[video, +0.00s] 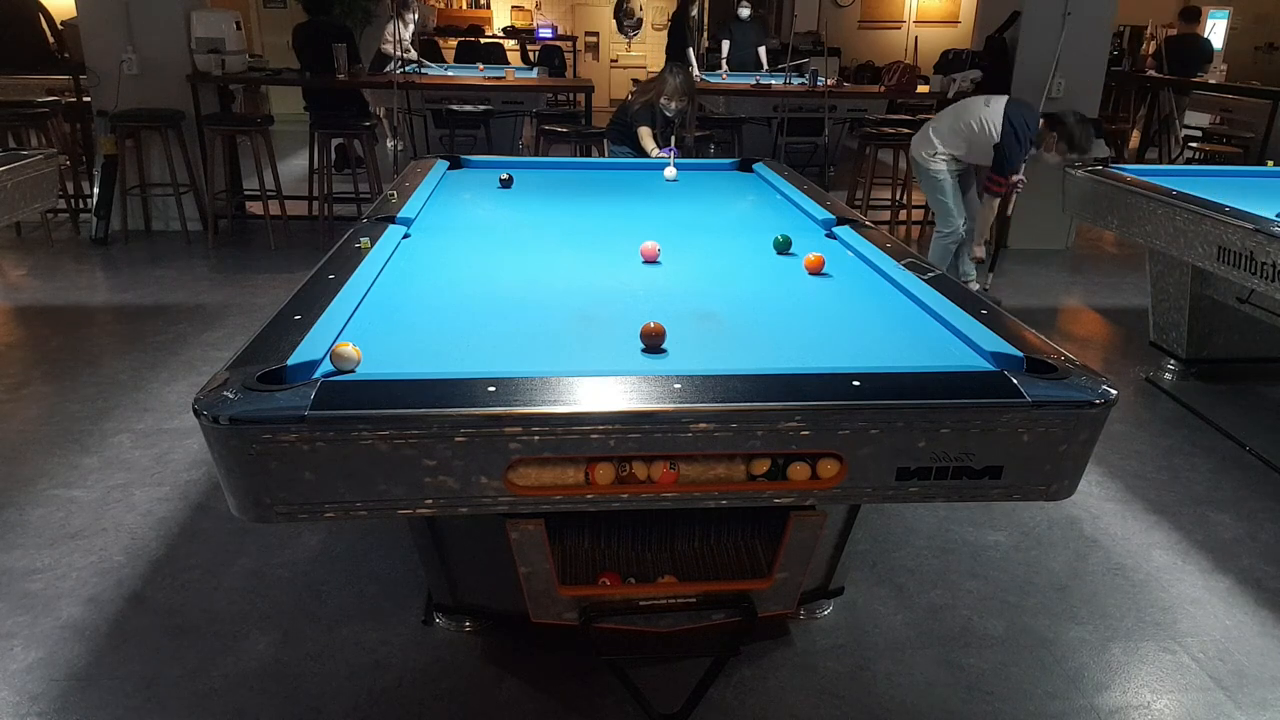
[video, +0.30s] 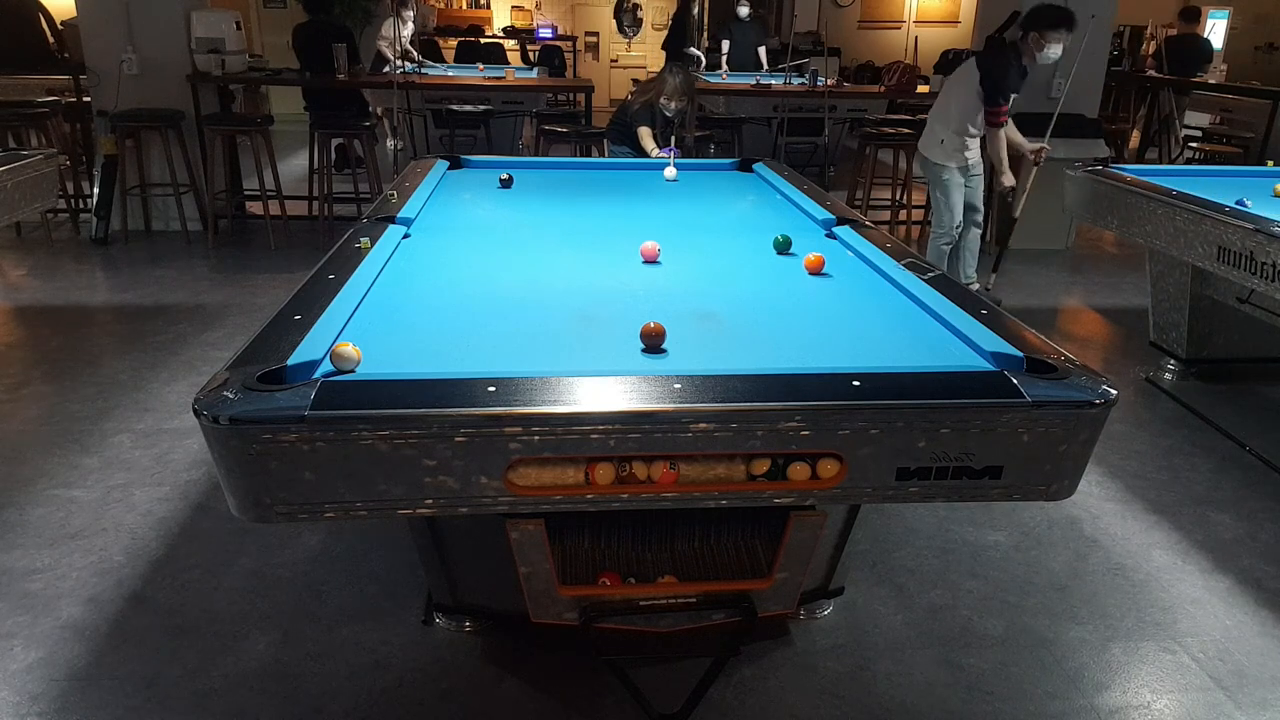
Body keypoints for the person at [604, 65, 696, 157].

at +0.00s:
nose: (673, 106)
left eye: (681, 101)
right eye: (667, 99)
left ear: (689, 99)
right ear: (657, 93)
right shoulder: (643, 102)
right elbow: (645, 136)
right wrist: (656, 153)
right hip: (624, 142)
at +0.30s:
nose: (673, 106)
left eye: (681, 100)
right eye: (667, 99)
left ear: (689, 99)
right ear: (657, 93)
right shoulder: (642, 103)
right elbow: (645, 136)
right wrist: (656, 153)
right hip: (623, 142)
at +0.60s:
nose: (673, 106)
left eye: (681, 100)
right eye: (667, 99)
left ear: (689, 99)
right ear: (657, 93)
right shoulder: (642, 102)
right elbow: (644, 135)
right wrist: (656, 153)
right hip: (623, 142)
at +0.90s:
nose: (673, 106)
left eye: (680, 100)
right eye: (666, 99)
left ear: (689, 98)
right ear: (657, 93)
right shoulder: (642, 101)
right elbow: (644, 135)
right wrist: (656, 153)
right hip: (623, 142)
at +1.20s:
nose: (673, 106)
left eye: (681, 100)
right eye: (666, 99)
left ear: (688, 98)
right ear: (656, 93)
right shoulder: (641, 101)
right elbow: (644, 135)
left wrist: (672, 149)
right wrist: (656, 153)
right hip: (622, 143)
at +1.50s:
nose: (673, 104)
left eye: (680, 98)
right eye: (666, 96)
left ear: (689, 97)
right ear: (656, 91)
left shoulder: (686, 104)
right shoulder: (641, 100)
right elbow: (643, 134)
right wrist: (656, 153)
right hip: (622, 143)